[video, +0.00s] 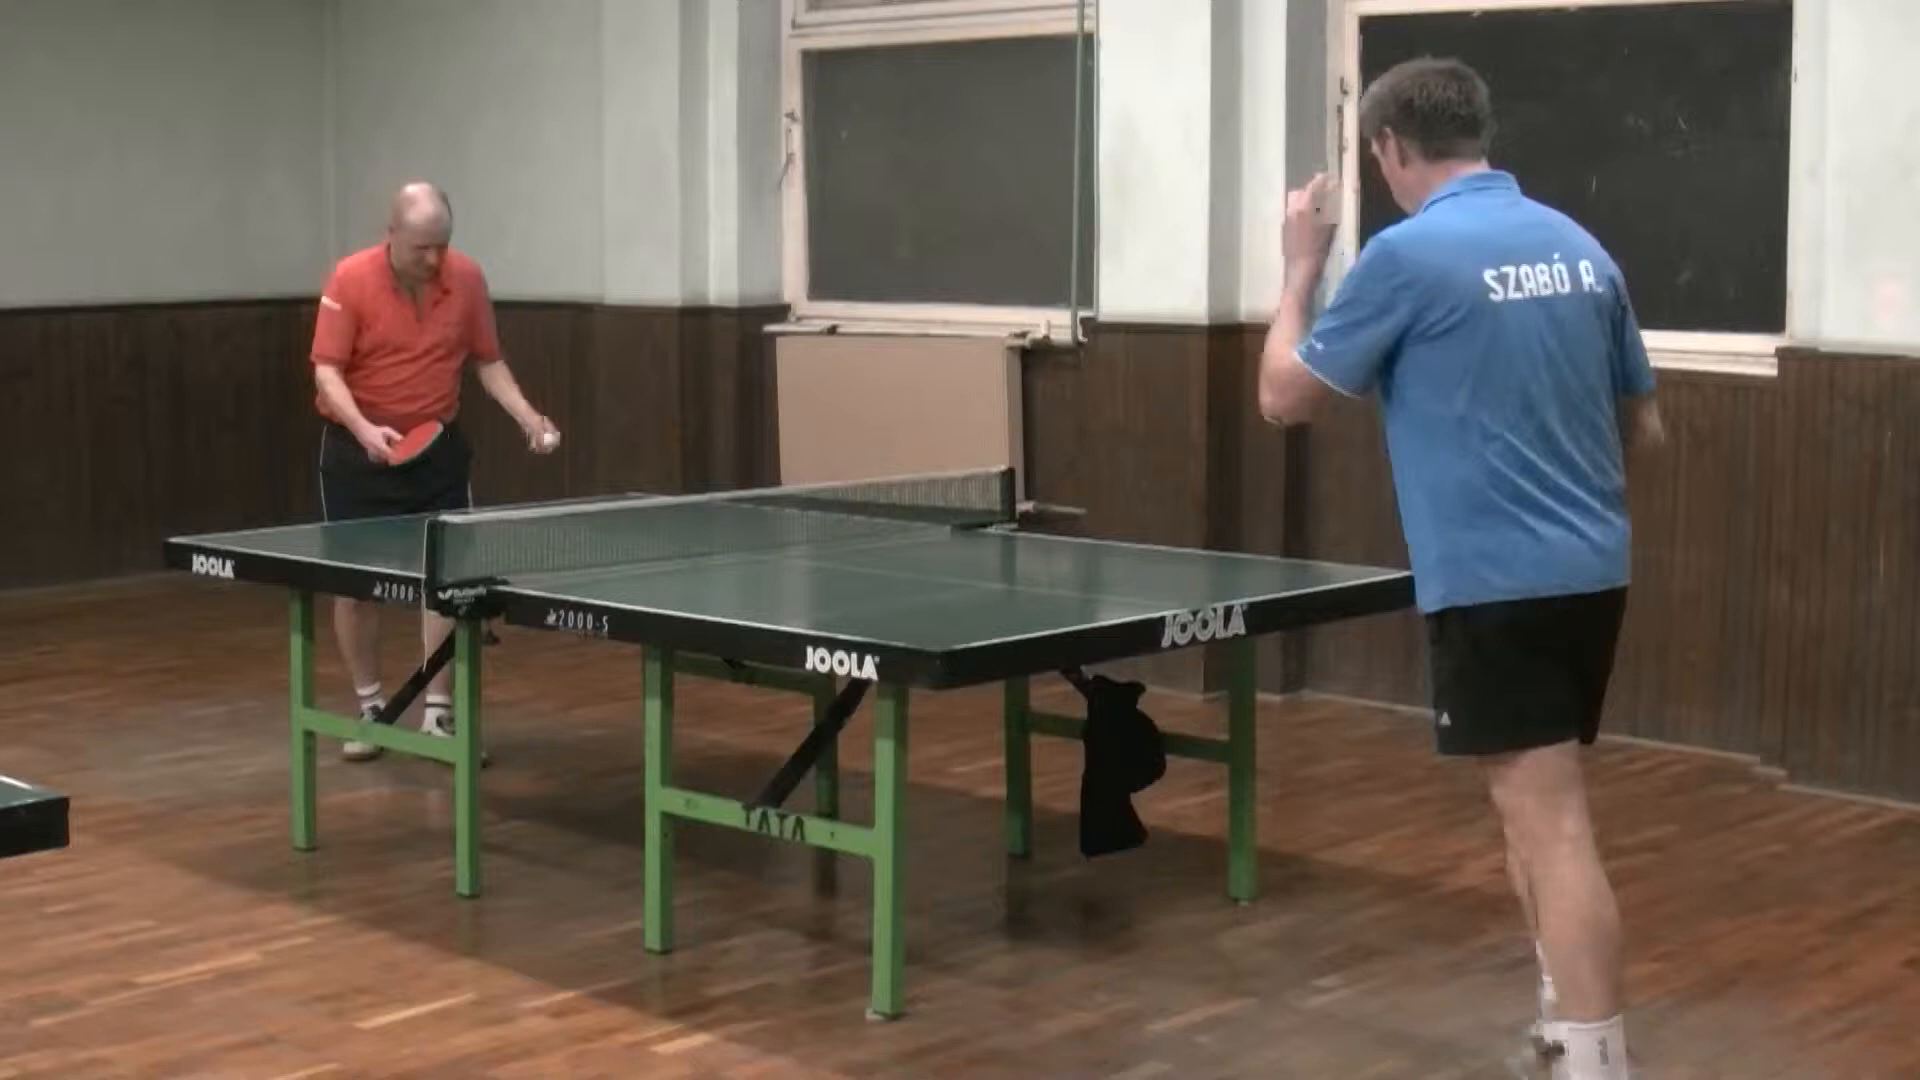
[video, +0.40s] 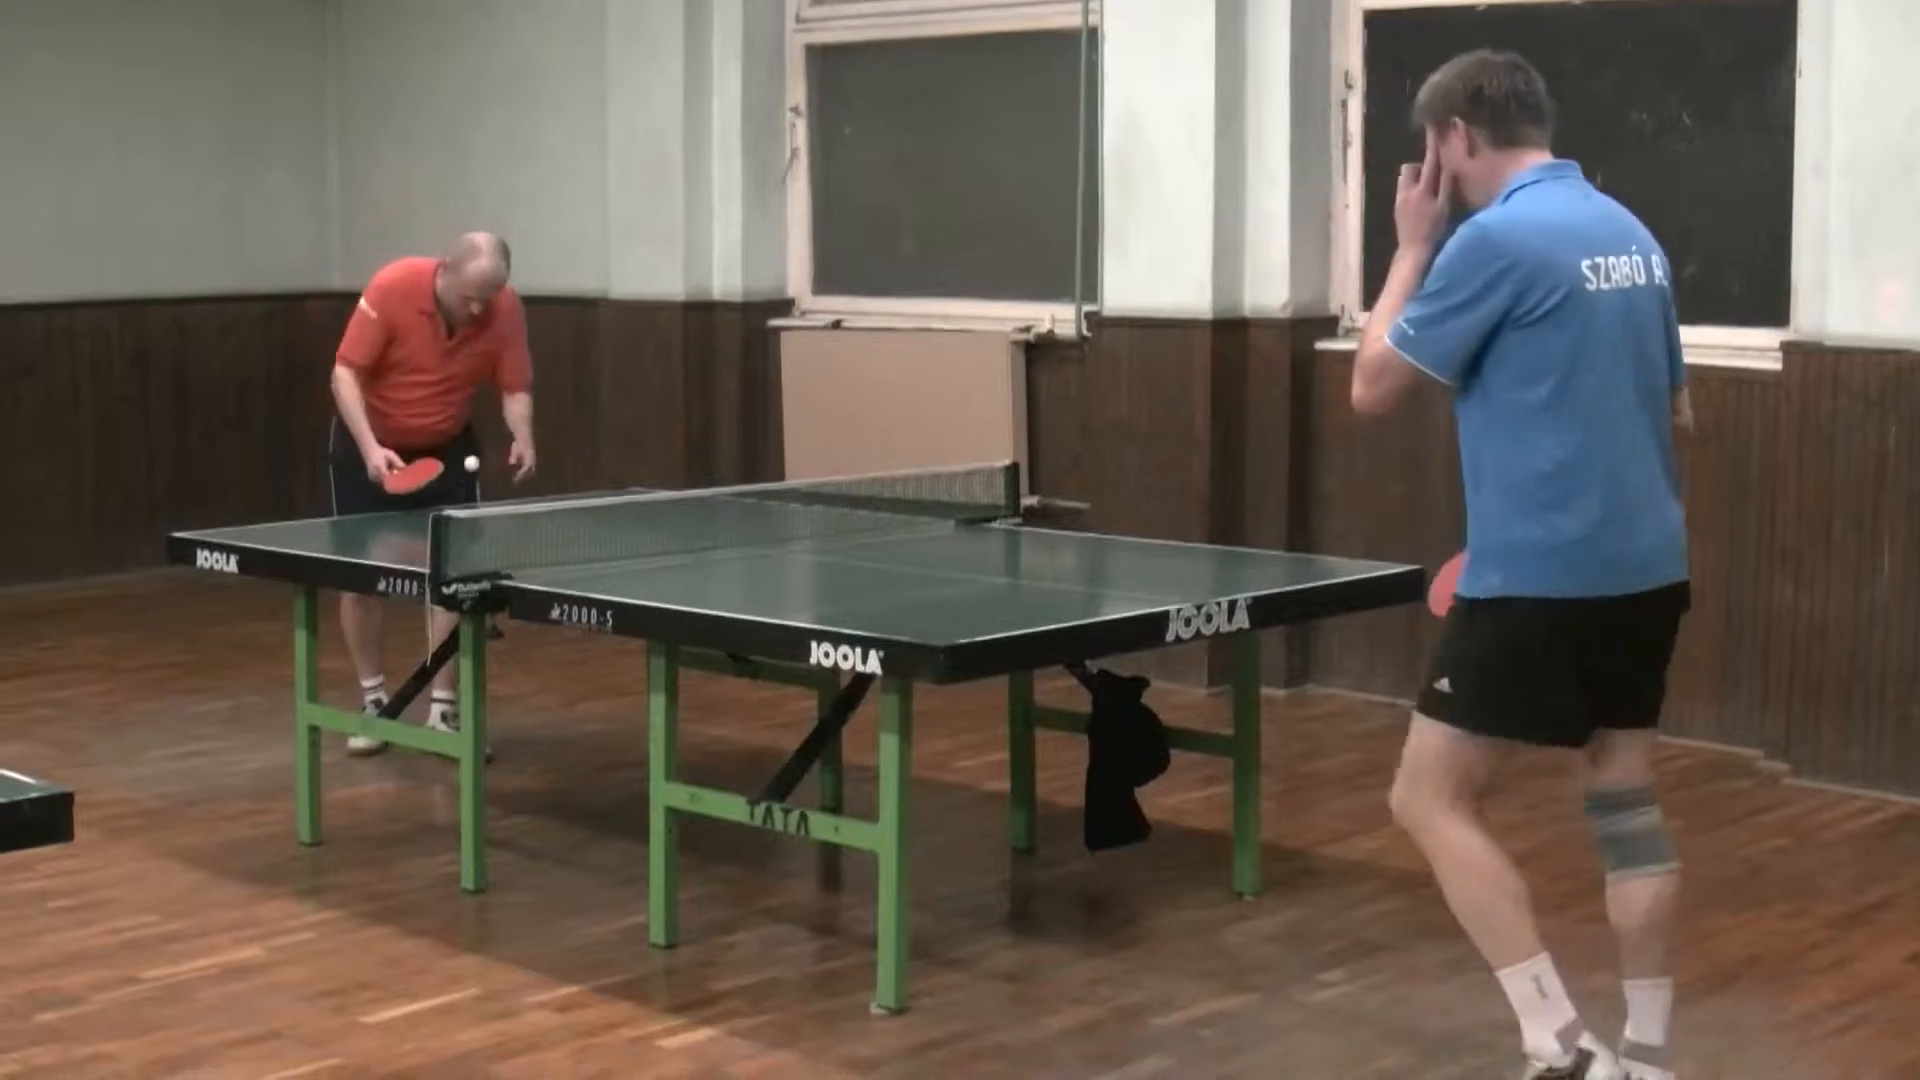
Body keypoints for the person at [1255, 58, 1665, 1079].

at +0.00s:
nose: (1377, 173)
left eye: (1376, 158)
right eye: (1375, 160)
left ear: (1394, 152)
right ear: (1485, 143)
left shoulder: (1408, 255)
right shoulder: (1579, 246)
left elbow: (1281, 396)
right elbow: (1643, 428)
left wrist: (1300, 263)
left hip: (1496, 584)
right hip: (1590, 575)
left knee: (1555, 834)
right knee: (1535, 815)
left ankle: (1595, 1064)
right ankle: (1564, 1029)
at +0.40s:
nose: (1436, 174)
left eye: (1434, 154)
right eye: (1431, 159)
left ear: (1459, 137)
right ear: (1543, 130)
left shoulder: (1498, 239)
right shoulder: (1630, 233)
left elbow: (1372, 386)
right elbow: (1662, 411)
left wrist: (1410, 248)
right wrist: (1490, 552)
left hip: (1532, 575)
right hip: (1648, 569)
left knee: (1428, 800)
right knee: (1625, 797)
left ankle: (1556, 1042)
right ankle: (1650, 1053)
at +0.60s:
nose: (1435, 180)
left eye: (1432, 161)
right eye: (1430, 166)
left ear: (1458, 142)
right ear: (1541, 133)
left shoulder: (1505, 235)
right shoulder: (1626, 229)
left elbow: (1380, 383)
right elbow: (1611, 410)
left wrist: (1411, 247)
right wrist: (1492, 538)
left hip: (1528, 568)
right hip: (1641, 566)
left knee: (1380, 766)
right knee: (1626, 799)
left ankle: (1428, 1035)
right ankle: (1650, 1053)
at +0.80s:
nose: (1400, 192)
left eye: (1397, 173)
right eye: (1397, 176)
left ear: (1419, 151)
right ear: (1497, 145)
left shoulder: (1454, 243)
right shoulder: (1586, 244)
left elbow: (1346, 414)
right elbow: (1623, 428)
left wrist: (1345, 317)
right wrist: (1472, 523)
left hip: (1488, 581)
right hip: (1610, 572)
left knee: (1389, 809)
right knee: (1610, 799)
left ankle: (1281, 1047)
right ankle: (1651, 1058)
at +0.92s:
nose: (1359, 193)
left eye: (1354, 173)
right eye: (1356, 175)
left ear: (1374, 158)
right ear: (1454, 153)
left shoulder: (1393, 253)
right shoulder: (1547, 250)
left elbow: (1320, 438)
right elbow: (1596, 433)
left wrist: (1285, 431)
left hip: (1438, 578)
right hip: (1565, 576)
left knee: (1336, 801)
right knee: (1575, 792)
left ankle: (1259, 1052)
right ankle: (1645, 1052)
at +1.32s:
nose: (1205, 230)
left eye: (1203, 214)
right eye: (1205, 215)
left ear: (1224, 202)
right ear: (1300, 187)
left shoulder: (1229, 279)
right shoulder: (1406, 259)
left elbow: (1205, 443)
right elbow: (1489, 443)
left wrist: (1229, 559)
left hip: (1337, 565)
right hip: (1470, 551)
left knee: (1245, 791)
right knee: (1489, 769)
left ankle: (1260, 1050)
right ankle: (1561, 1013)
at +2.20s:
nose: (1268, 284)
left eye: (1262, 266)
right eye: (1264, 268)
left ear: (1279, 253)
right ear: (1357, 239)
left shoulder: (1315, 318)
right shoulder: (1442, 294)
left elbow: (1317, 506)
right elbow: (1479, 454)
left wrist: (1290, 561)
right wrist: (1401, 570)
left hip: (1459, 564)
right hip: (1565, 551)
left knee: (1338, 785)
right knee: (1536, 765)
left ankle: (1275, 1043)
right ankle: (1583, 968)